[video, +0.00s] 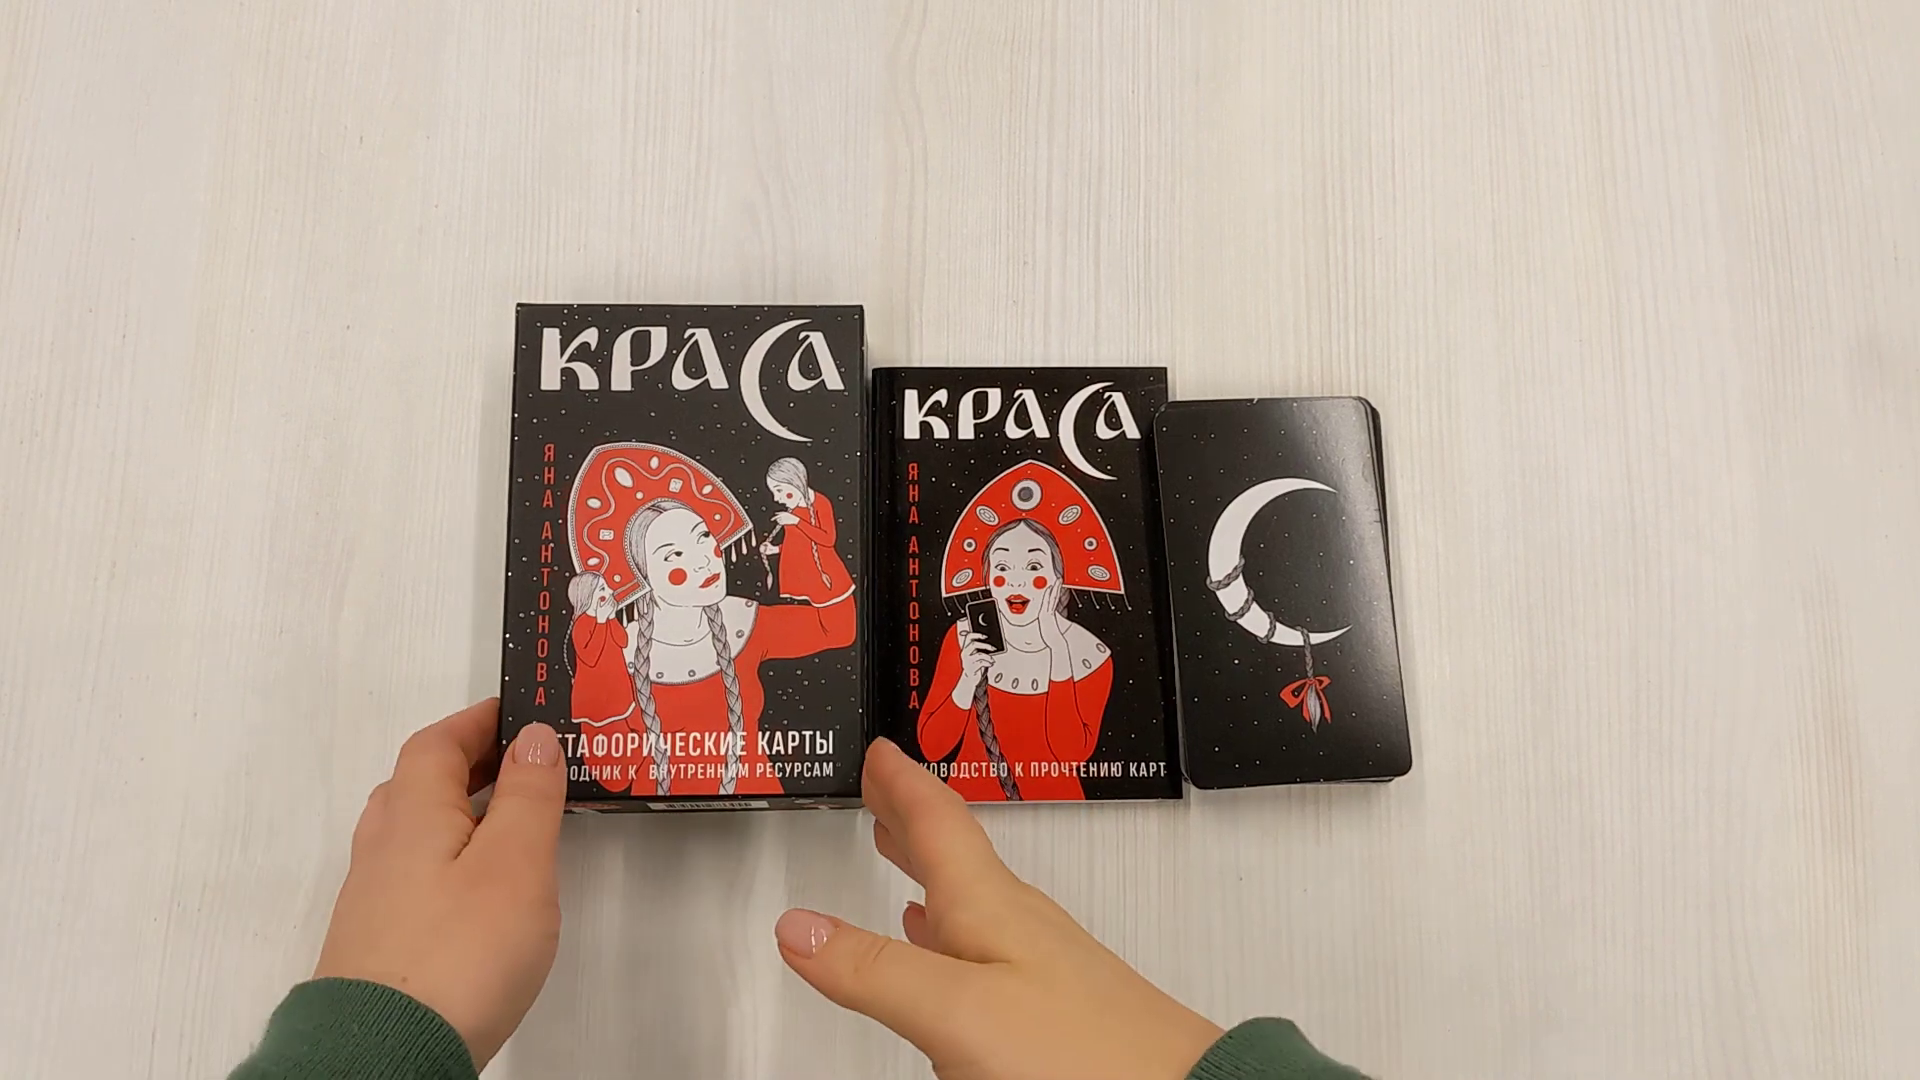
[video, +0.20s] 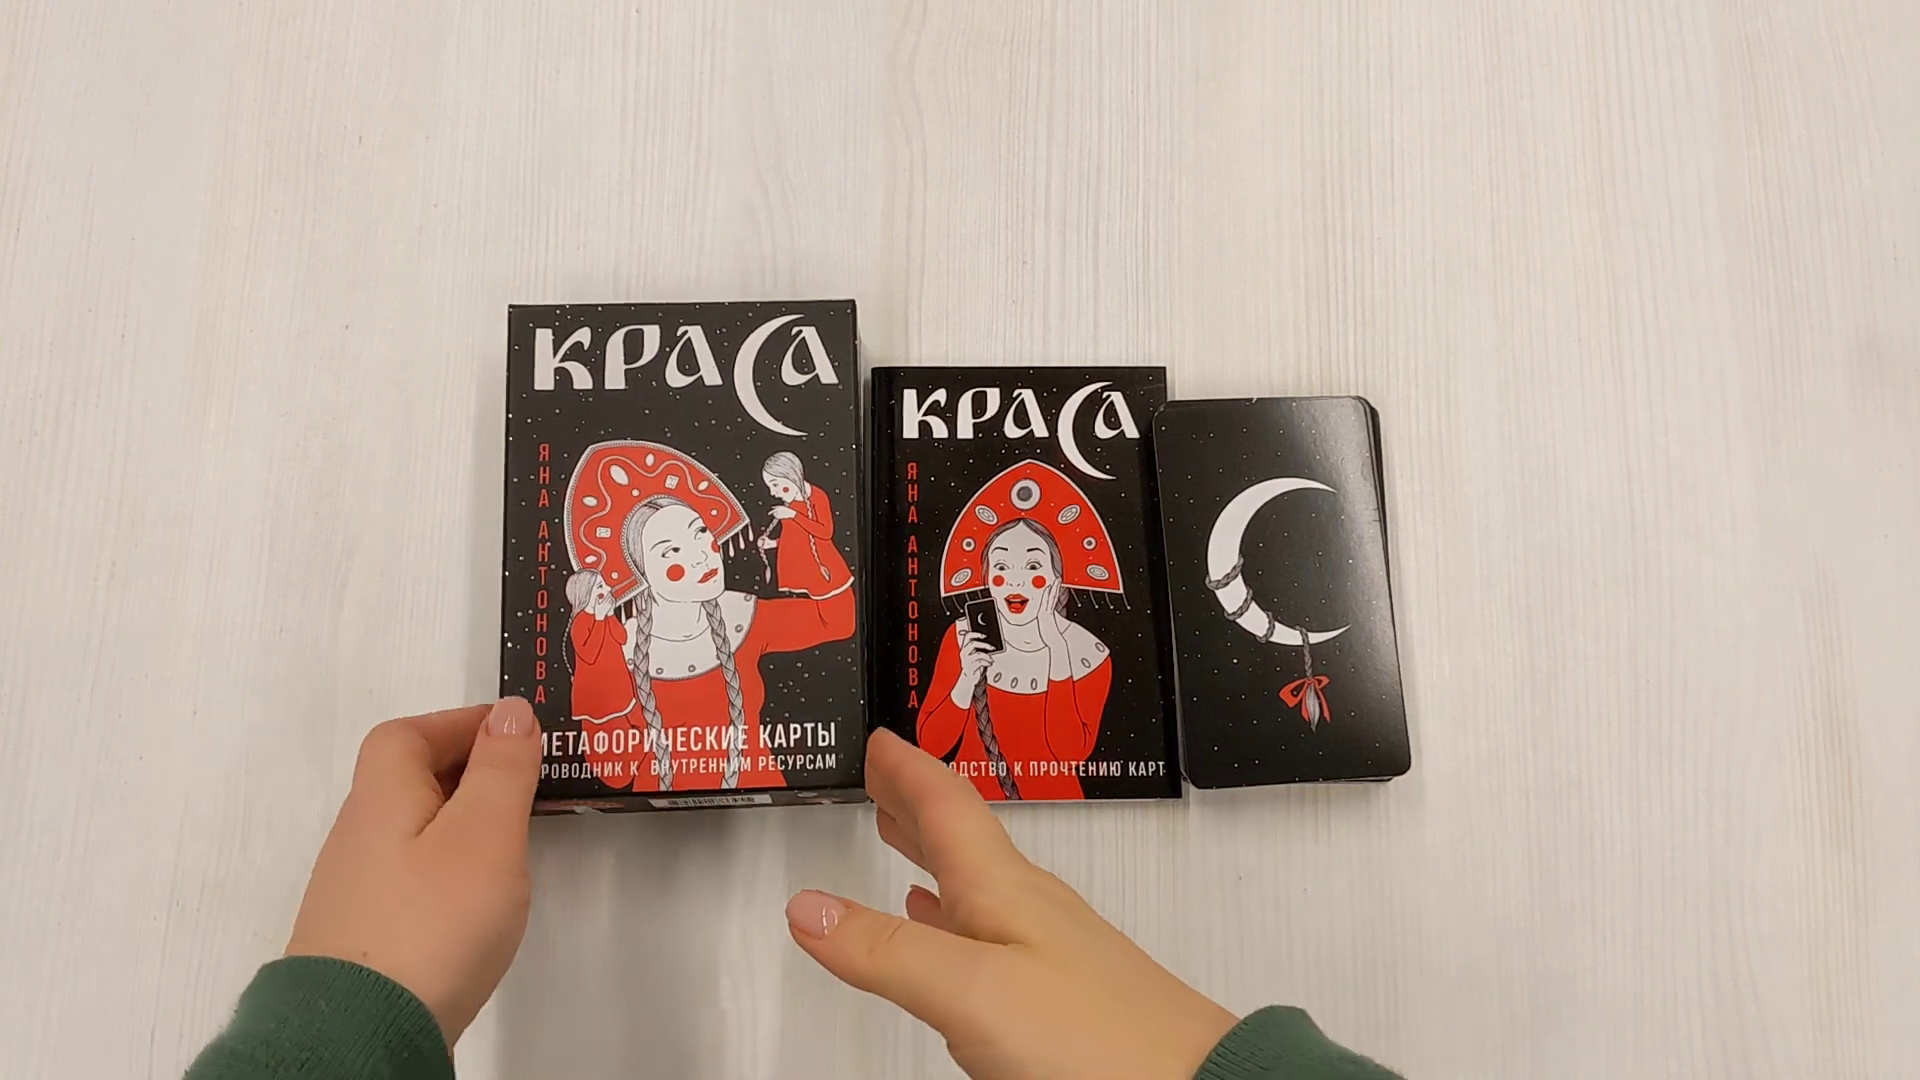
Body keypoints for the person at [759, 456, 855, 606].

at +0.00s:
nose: (776, 498)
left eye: (779, 490)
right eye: (774, 493)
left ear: (794, 482)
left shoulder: (821, 503)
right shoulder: (793, 508)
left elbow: (829, 539)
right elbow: (798, 543)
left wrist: (797, 521)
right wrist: (776, 549)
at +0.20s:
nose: (773, 493)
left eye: (775, 484)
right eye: (770, 487)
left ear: (791, 476)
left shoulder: (818, 497)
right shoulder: (790, 502)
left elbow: (826, 532)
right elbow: (795, 537)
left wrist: (794, 515)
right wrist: (773, 543)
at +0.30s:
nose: (770, 469)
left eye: (772, 461)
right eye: (767, 464)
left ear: (788, 453)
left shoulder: (815, 472)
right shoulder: (786, 479)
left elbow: (824, 507)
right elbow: (793, 513)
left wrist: (792, 490)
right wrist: (771, 519)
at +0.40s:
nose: (764, 444)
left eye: (766, 436)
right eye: (761, 439)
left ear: (782, 428)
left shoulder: (810, 446)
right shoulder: (781, 453)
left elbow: (819, 479)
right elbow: (788, 485)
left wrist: (786, 464)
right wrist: (766, 492)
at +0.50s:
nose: (756, 437)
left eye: (759, 430)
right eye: (754, 432)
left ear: (774, 422)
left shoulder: (802, 440)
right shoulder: (775, 447)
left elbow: (811, 472)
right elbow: (778, 479)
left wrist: (778, 457)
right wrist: (756, 484)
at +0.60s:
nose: (751, 434)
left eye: (754, 427)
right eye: (749, 429)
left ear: (769, 419)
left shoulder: (798, 437)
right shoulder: (770, 444)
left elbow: (807, 468)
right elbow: (774, 474)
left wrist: (773, 453)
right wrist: (751, 479)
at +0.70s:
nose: (758, 436)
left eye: (761, 429)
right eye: (755, 431)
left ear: (777, 422)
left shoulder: (807, 441)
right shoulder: (776, 448)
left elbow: (816, 472)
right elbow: (783, 477)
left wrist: (782, 456)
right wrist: (760, 481)